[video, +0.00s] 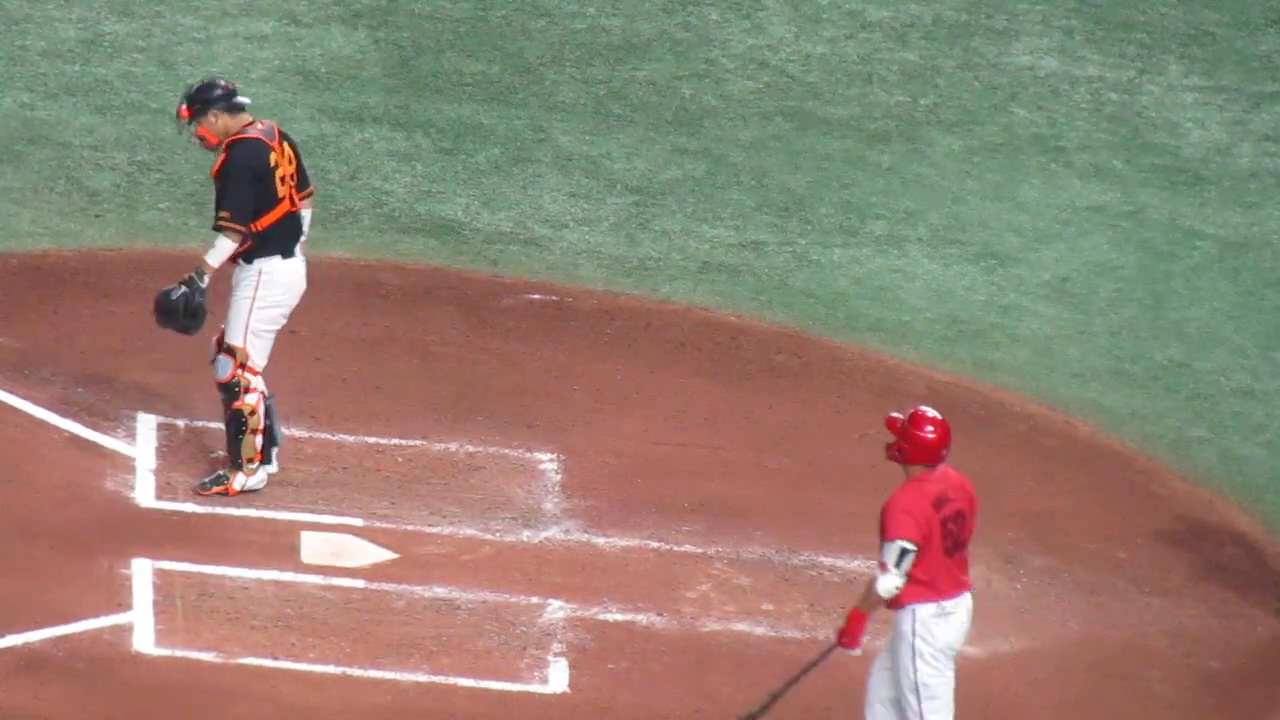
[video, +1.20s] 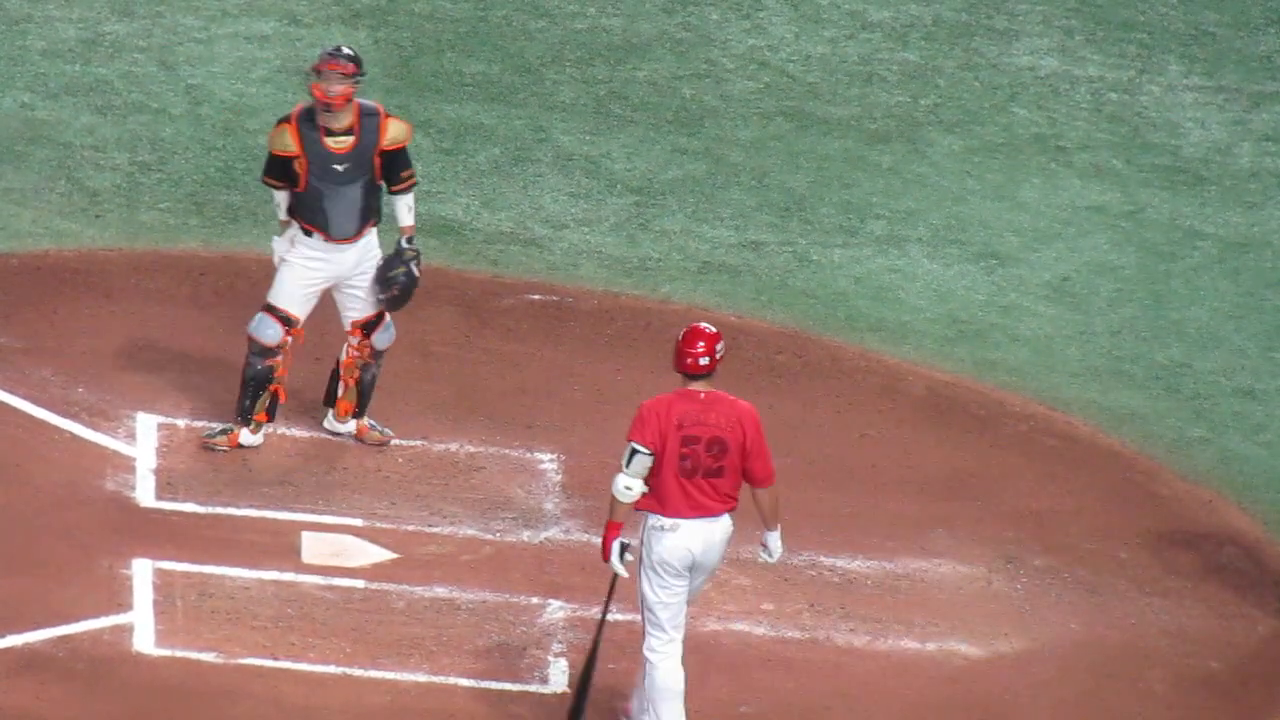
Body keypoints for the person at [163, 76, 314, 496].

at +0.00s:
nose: (198, 134)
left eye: (199, 123)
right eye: (195, 126)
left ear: (219, 114)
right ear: (227, 112)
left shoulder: (241, 155)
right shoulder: (271, 133)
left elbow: (232, 230)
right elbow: (303, 197)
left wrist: (197, 278)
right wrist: (291, 245)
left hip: (265, 271)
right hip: (285, 265)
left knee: (235, 365)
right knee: (231, 351)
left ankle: (247, 468)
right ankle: (262, 448)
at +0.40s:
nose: (214, 91)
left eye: (222, 86)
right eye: (215, 84)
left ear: (244, 94)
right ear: (234, 92)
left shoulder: (263, 138)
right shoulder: (230, 134)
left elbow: (272, 209)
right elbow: (240, 201)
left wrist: (260, 269)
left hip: (269, 257)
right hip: (242, 255)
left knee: (243, 360)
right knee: (221, 347)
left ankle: (251, 466)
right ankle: (243, 429)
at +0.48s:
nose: (214, 86)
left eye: (222, 81)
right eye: (215, 79)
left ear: (244, 88)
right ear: (231, 86)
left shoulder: (266, 135)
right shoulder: (229, 128)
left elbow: (282, 205)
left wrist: (277, 267)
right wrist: (218, 142)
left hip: (272, 252)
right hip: (243, 251)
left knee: (249, 356)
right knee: (222, 345)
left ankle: (253, 458)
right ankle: (242, 428)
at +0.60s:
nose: (219, 80)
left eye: (227, 75)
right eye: (220, 73)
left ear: (249, 82)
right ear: (233, 79)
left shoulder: (275, 130)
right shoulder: (223, 123)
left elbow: (295, 200)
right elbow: (238, 185)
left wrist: (297, 260)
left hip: (274, 248)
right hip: (242, 246)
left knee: (258, 345)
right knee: (228, 337)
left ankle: (274, 440)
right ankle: (242, 427)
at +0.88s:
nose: (244, 75)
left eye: (254, 70)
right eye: (244, 67)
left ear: (278, 78)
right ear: (250, 73)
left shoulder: (310, 128)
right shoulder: (236, 117)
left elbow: (336, 193)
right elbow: (249, 173)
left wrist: (338, 251)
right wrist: (260, 219)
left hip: (301, 244)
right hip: (254, 240)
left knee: (317, 338)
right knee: (238, 331)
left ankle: (328, 405)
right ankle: (247, 424)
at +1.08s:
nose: (286, 79)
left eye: (298, 74)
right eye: (286, 70)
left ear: (321, 84)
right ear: (282, 74)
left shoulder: (354, 130)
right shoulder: (262, 124)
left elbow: (377, 189)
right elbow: (256, 181)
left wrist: (384, 244)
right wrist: (263, 220)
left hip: (336, 247)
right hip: (280, 245)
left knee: (360, 331)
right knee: (251, 331)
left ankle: (346, 409)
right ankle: (248, 423)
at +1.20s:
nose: (333, 88)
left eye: (342, 80)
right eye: (326, 79)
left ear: (356, 85)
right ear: (314, 82)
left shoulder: (383, 129)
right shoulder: (291, 133)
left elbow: (402, 189)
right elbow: (280, 192)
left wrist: (407, 246)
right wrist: (287, 231)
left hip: (362, 250)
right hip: (307, 250)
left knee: (373, 334)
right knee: (268, 332)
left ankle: (346, 415)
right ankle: (251, 423)